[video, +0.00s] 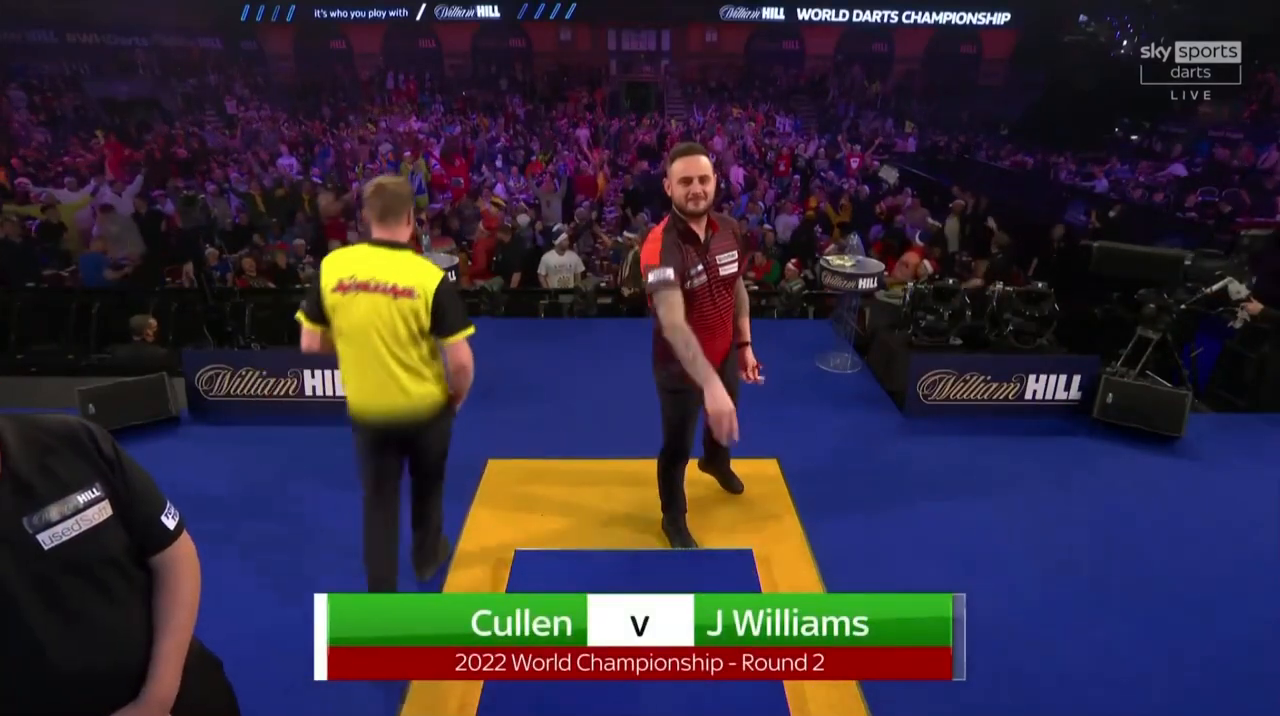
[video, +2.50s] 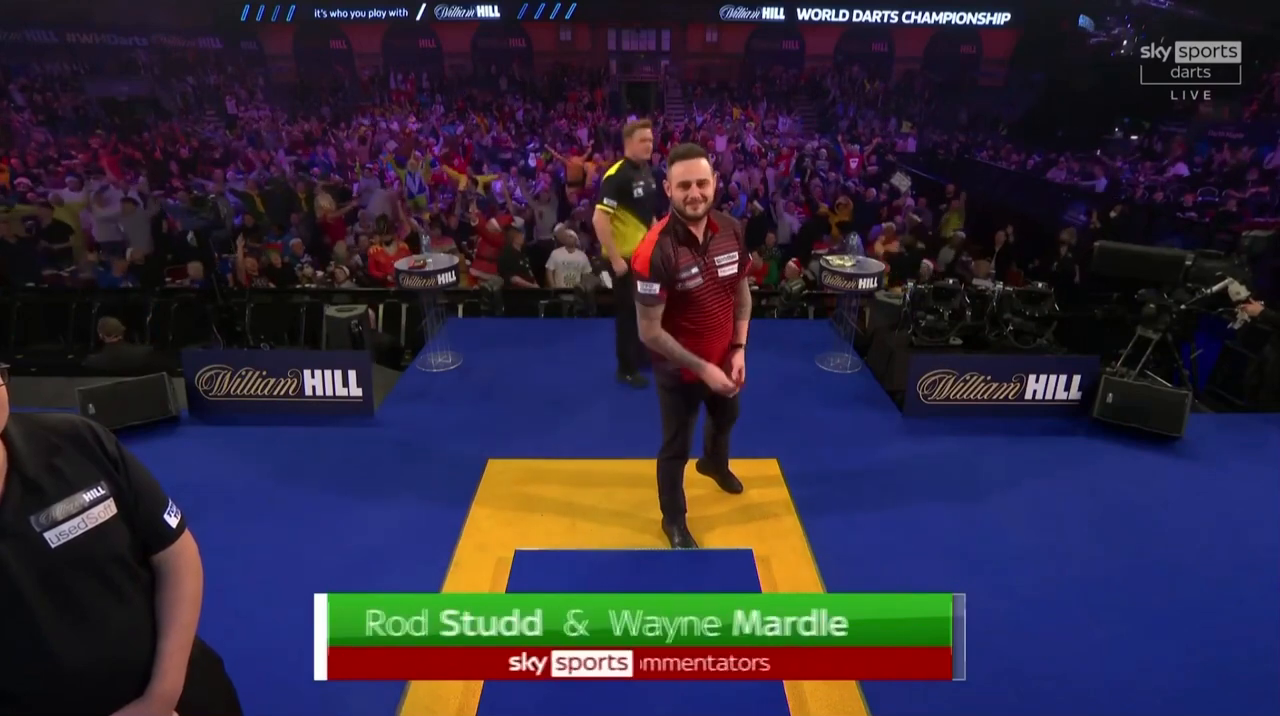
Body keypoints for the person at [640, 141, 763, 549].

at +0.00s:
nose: (696, 188)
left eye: (703, 179)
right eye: (685, 181)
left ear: (714, 182)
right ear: (669, 188)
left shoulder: (728, 230)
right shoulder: (661, 245)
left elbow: (737, 288)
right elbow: (673, 325)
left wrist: (745, 344)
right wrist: (710, 385)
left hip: (724, 352)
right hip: (681, 359)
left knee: (724, 413)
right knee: (677, 446)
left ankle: (715, 459)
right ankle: (674, 516)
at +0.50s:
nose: (695, 194)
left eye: (703, 184)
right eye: (685, 185)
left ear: (714, 186)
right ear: (669, 188)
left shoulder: (731, 231)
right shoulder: (653, 250)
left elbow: (742, 291)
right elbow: (642, 329)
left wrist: (740, 345)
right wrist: (699, 371)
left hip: (726, 356)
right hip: (680, 365)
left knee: (724, 415)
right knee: (678, 447)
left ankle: (715, 460)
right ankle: (674, 519)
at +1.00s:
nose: (687, 185)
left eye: (695, 176)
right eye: (677, 177)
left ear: (707, 180)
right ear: (663, 185)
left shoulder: (725, 226)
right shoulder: (652, 237)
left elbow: (740, 284)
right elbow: (633, 303)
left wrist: (745, 342)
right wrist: (653, 265)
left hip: (724, 352)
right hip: (681, 361)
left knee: (730, 410)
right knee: (677, 446)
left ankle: (715, 460)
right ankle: (674, 520)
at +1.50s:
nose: (685, 188)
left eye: (693, 178)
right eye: (674, 180)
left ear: (705, 182)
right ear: (659, 187)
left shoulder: (726, 226)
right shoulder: (650, 239)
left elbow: (744, 284)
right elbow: (628, 301)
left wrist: (748, 343)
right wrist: (646, 230)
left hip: (726, 354)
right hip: (681, 364)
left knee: (729, 414)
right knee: (678, 447)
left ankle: (714, 461)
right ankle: (674, 520)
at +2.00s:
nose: (697, 188)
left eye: (704, 178)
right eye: (686, 181)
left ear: (714, 181)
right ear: (669, 187)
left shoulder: (726, 229)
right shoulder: (661, 243)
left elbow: (737, 287)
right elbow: (674, 312)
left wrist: (743, 345)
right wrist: (696, 369)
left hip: (722, 355)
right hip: (679, 363)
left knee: (723, 415)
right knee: (677, 445)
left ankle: (713, 462)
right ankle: (674, 520)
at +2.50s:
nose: (694, 193)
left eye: (702, 183)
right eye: (683, 186)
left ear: (714, 185)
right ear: (667, 190)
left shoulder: (729, 230)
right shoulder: (654, 252)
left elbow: (742, 290)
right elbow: (649, 331)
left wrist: (739, 347)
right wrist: (705, 369)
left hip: (723, 356)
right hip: (678, 364)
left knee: (726, 414)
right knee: (677, 444)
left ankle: (714, 462)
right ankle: (674, 520)